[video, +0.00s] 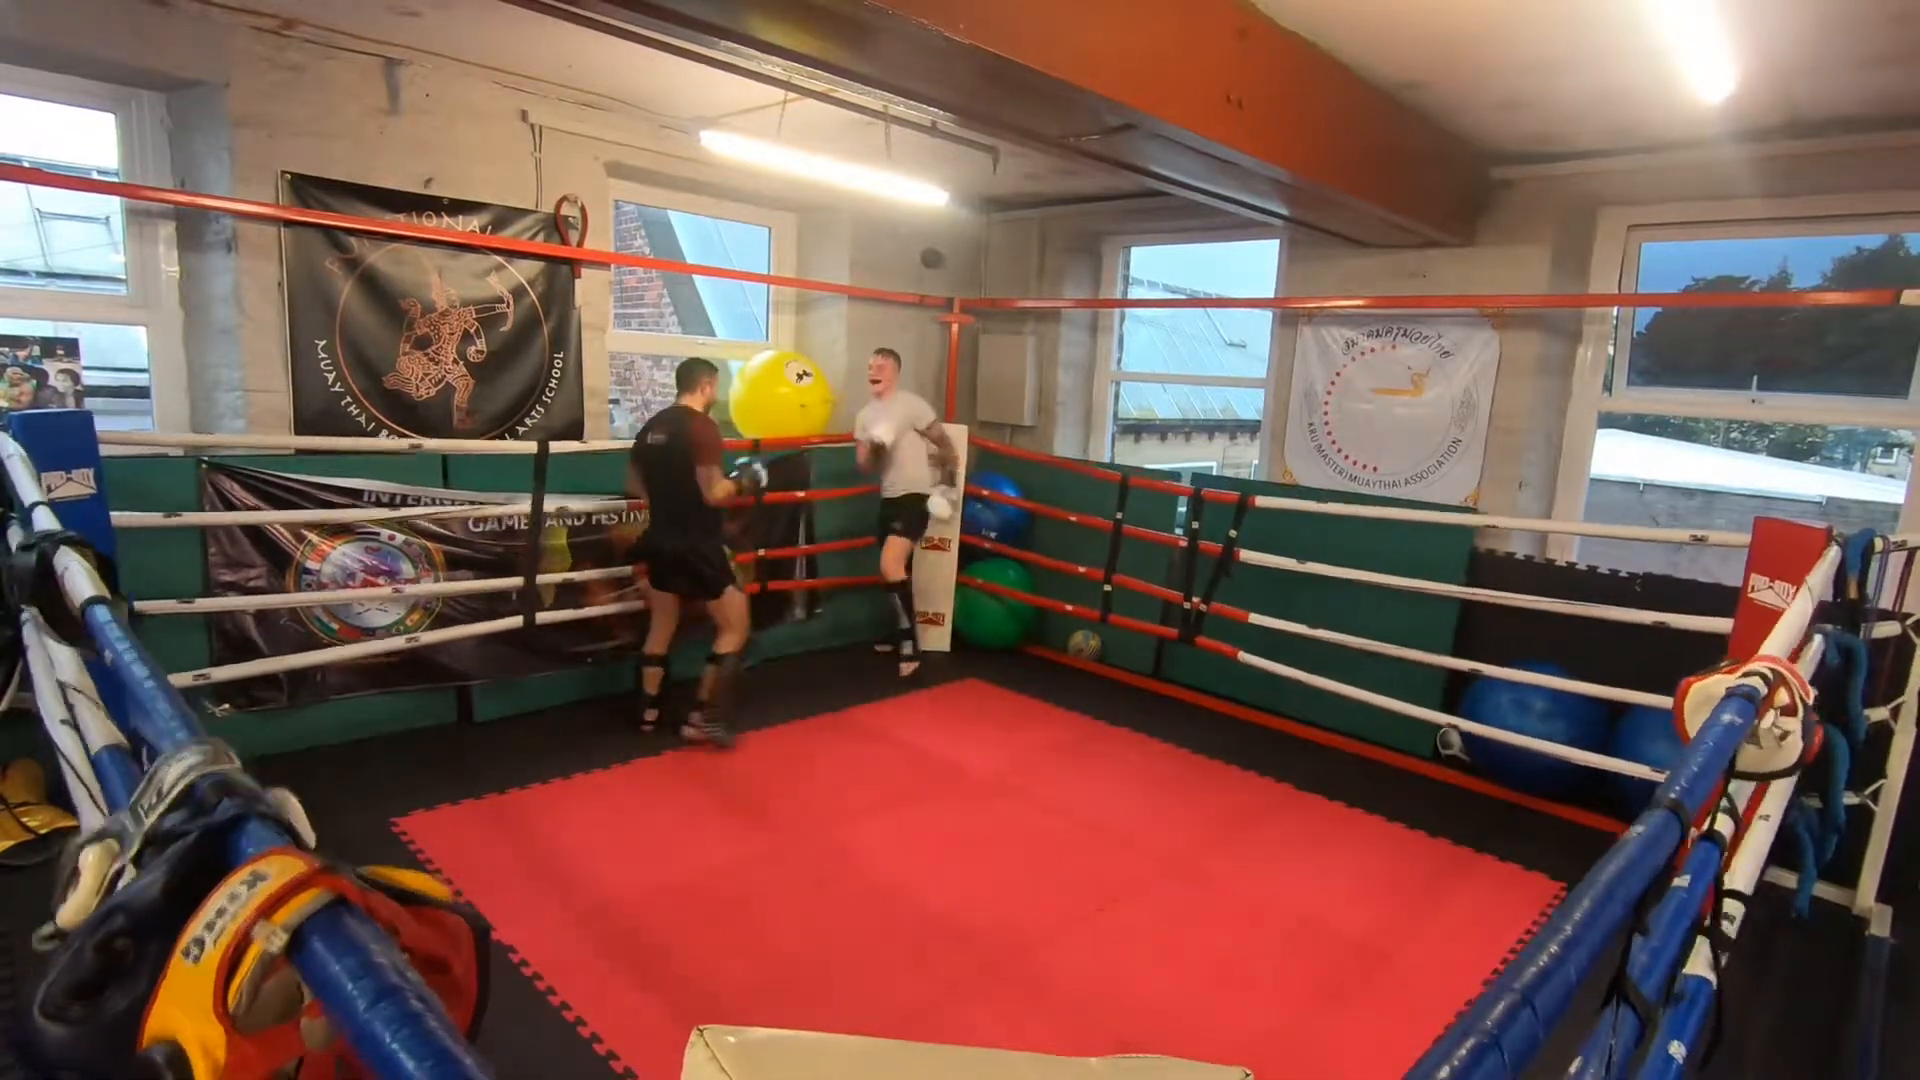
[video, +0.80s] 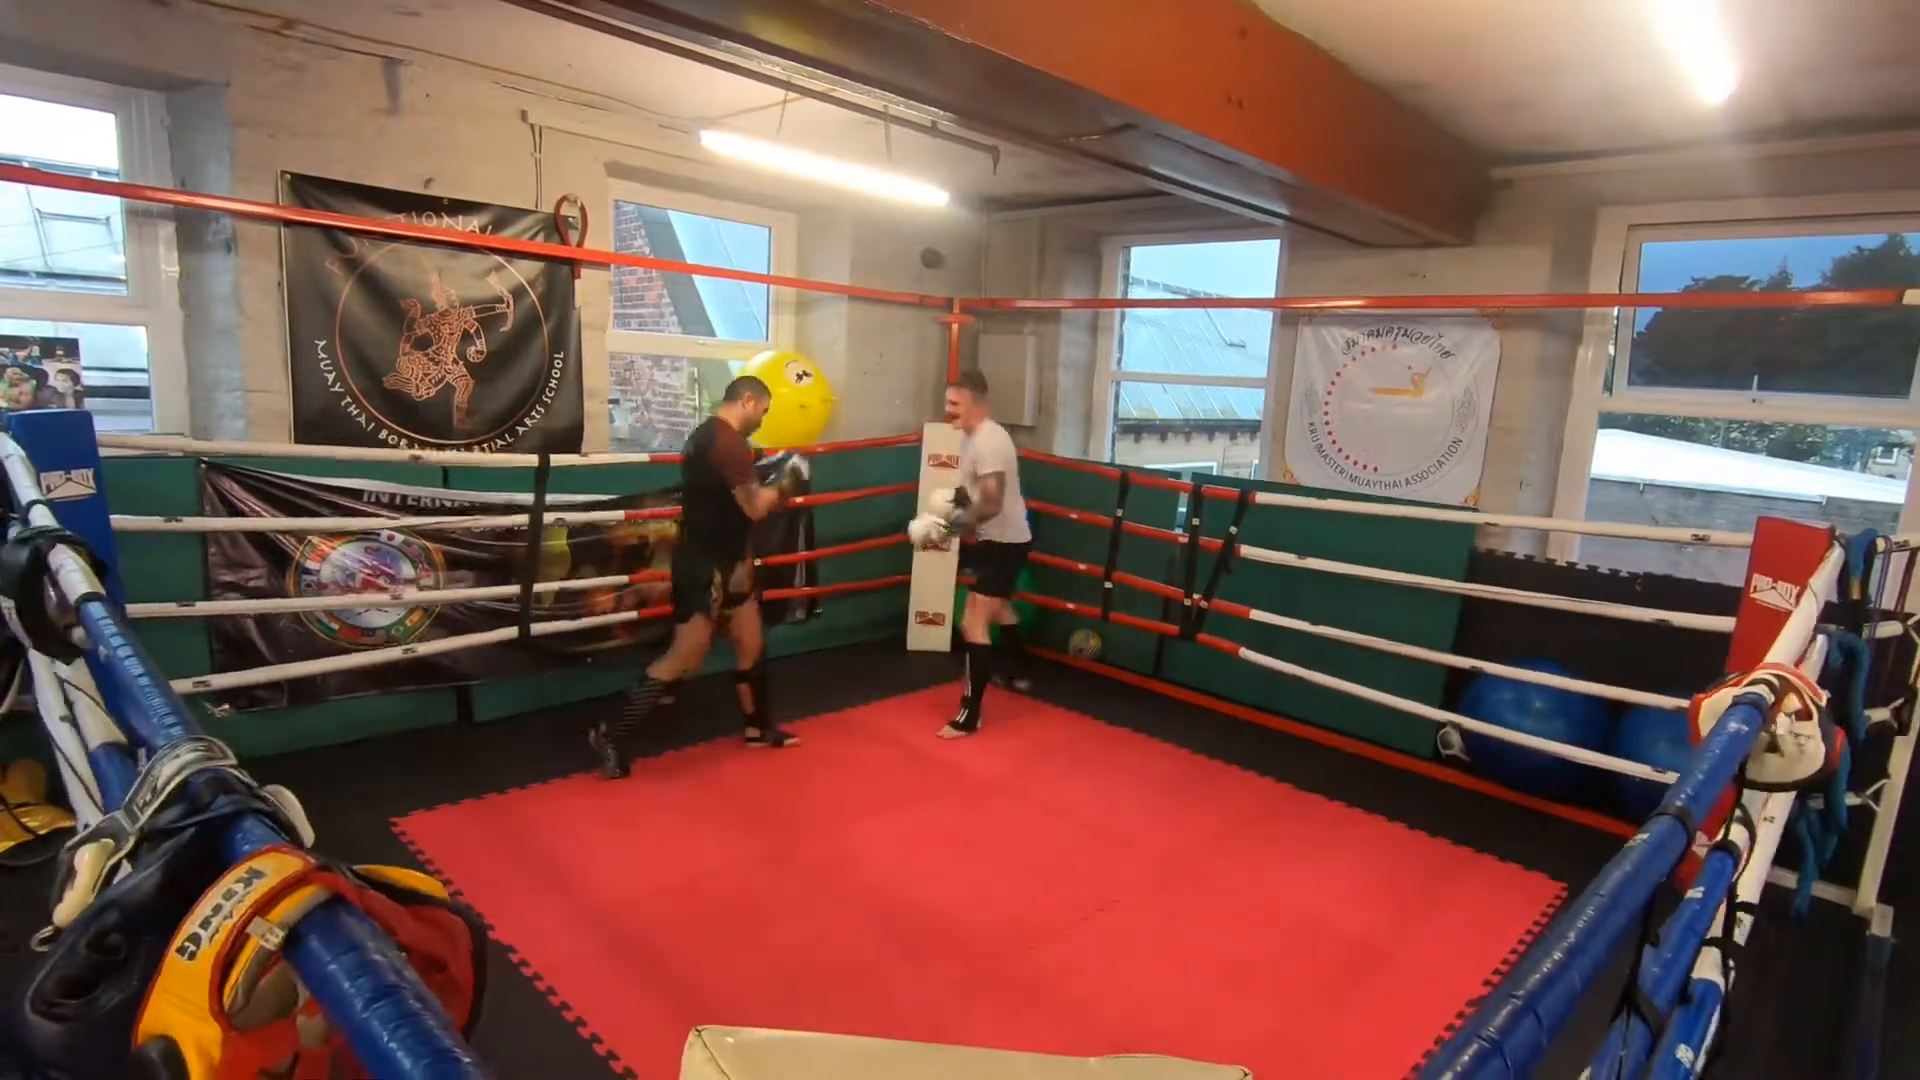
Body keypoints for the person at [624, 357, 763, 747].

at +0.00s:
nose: (715, 394)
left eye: (714, 387)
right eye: (714, 388)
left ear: (680, 386)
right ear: (705, 386)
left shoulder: (651, 427)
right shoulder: (702, 427)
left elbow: (634, 486)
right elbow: (713, 493)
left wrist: (675, 489)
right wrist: (744, 482)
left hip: (659, 544)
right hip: (699, 546)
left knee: (661, 625)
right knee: (734, 624)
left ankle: (649, 712)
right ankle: (706, 714)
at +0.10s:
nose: (715, 398)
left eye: (714, 391)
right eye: (714, 391)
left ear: (679, 387)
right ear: (702, 389)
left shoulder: (647, 426)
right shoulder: (694, 433)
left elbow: (623, 480)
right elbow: (696, 502)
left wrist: (666, 486)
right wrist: (724, 497)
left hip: (649, 545)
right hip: (684, 549)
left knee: (657, 630)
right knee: (703, 636)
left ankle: (654, 721)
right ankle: (651, 721)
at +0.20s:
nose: (714, 408)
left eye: (715, 400)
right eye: (714, 400)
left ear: (681, 393)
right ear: (701, 395)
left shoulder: (646, 428)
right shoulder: (687, 439)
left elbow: (620, 477)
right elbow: (694, 511)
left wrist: (655, 497)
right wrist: (720, 501)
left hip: (641, 547)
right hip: (671, 552)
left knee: (659, 631)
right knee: (660, 647)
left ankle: (651, 706)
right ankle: (600, 736)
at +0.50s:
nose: (727, 408)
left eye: (729, 400)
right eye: (727, 399)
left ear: (696, 390)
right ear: (713, 392)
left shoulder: (653, 422)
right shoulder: (696, 438)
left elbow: (621, 468)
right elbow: (706, 512)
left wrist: (665, 484)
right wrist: (730, 491)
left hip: (665, 550)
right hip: (666, 557)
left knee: (690, 636)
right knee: (639, 649)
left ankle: (701, 717)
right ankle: (591, 745)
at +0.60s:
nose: (735, 411)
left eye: (738, 403)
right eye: (736, 402)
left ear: (704, 392)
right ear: (722, 395)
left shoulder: (664, 426)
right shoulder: (706, 441)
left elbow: (634, 471)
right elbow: (722, 514)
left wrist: (678, 480)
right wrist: (745, 492)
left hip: (662, 550)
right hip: (679, 559)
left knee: (707, 640)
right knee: (647, 650)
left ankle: (738, 720)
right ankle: (594, 744)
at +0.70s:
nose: (747, 418)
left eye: (750, 410)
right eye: (748, 409)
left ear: (717, 400)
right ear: (732, 402)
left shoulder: (680, 438)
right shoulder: (713, 445)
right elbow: (738, 518)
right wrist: (761, 493)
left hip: (696, 564)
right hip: (692, 568)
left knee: (730, 648)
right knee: (658, 656)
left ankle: (757, 727)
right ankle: (596, 743)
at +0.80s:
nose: (763, 419)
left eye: (766, 412)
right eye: (763, 410)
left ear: (739, 398)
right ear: (747, 400)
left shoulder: (711, 435)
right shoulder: (726, 442)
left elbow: (727, 495)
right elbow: (756, 506)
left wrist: (764, 477)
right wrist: (787, 480)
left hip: (729, 560)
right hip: (707, 563)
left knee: (750, 642)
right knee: (686, 655)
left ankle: (758, 727)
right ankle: (611, 735)